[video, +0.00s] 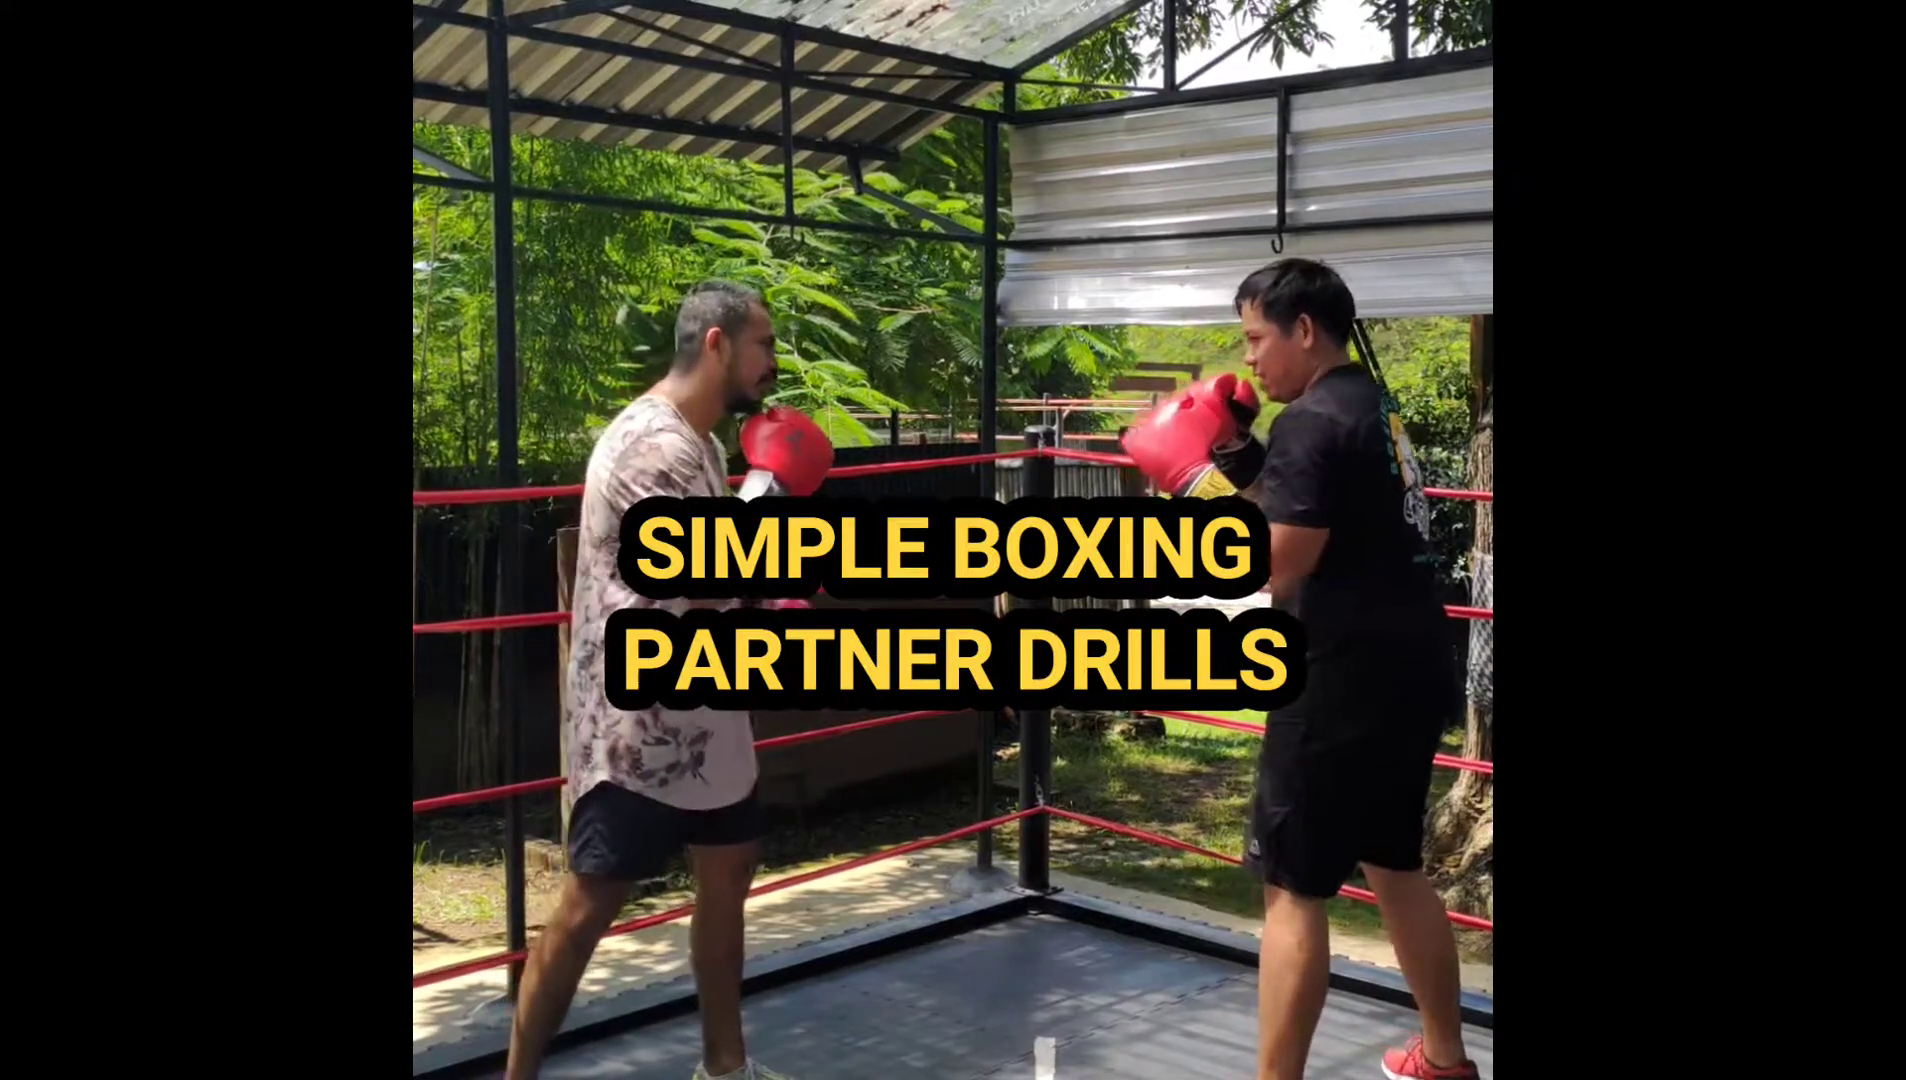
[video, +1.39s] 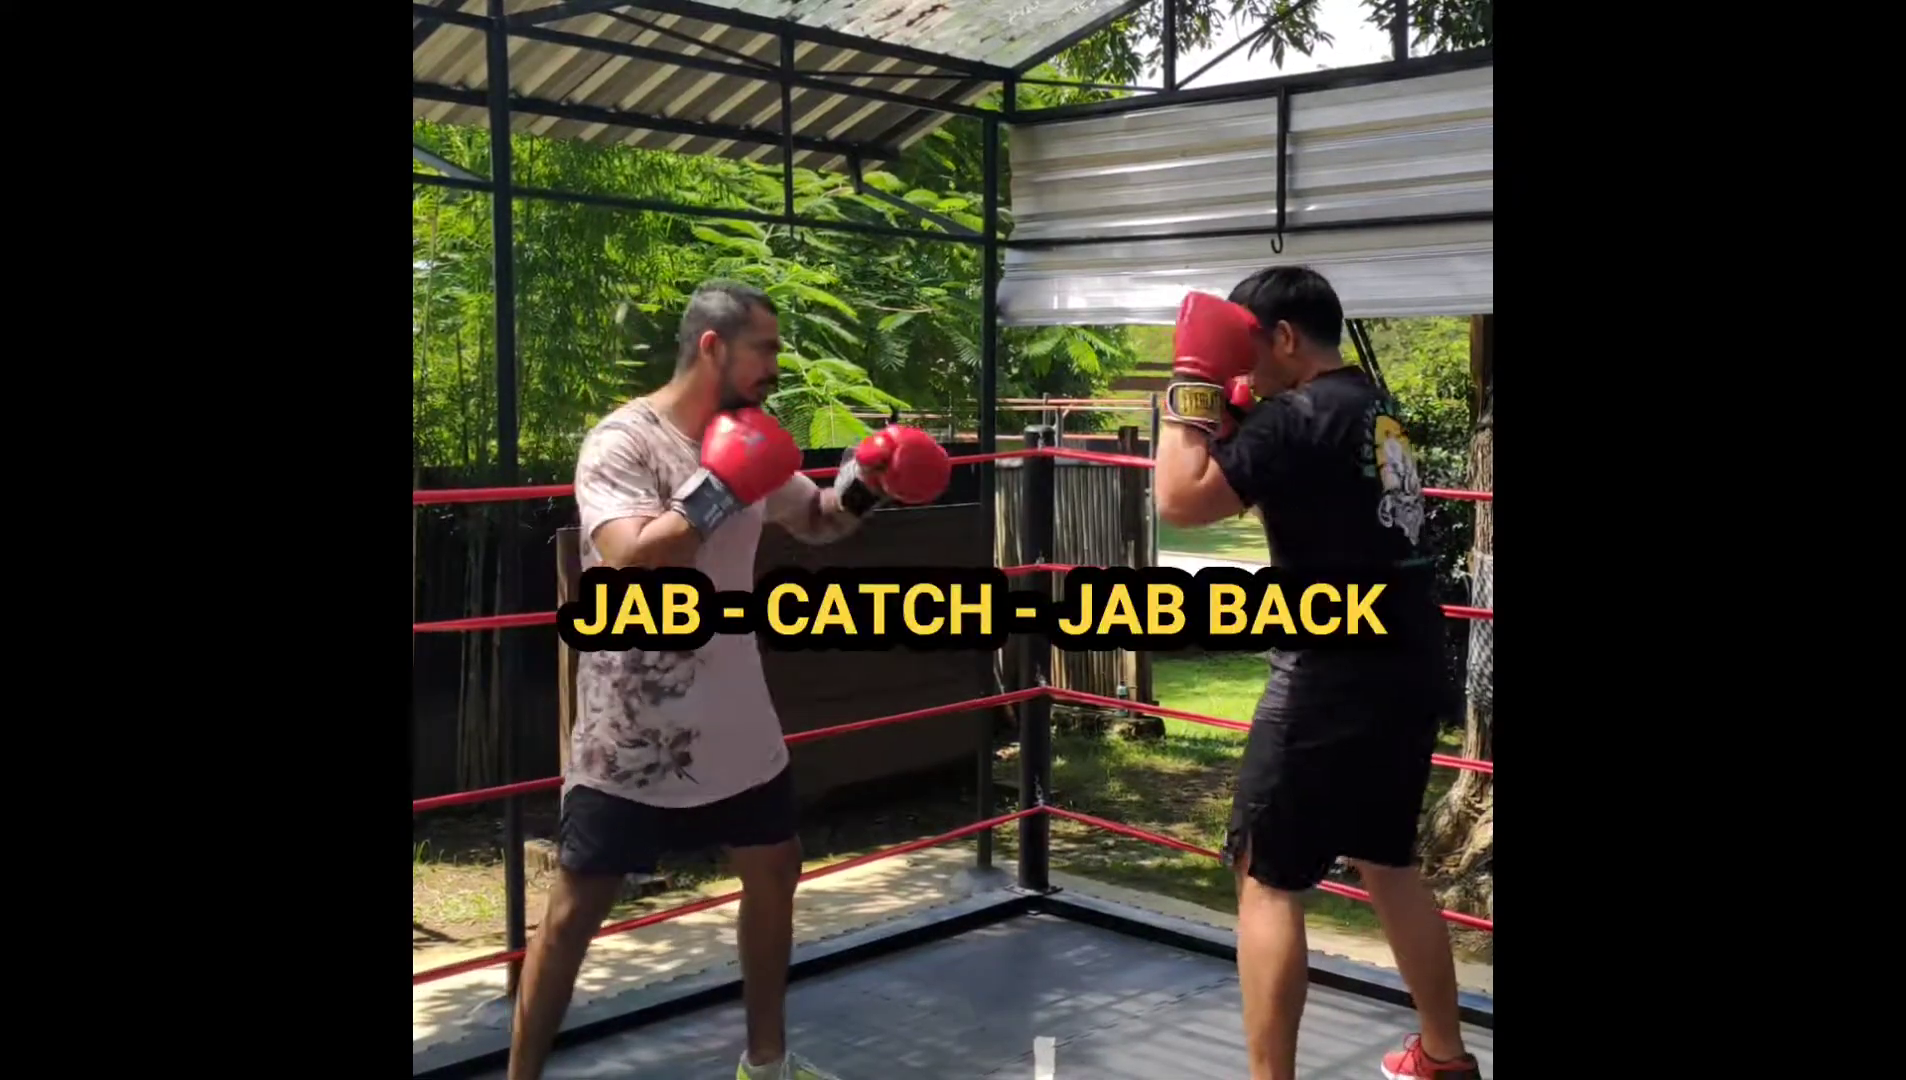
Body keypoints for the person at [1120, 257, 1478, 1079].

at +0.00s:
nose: (1249, 357)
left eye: (1256, 338)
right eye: (1246, 340)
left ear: (1307, 333)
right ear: (1320, 336)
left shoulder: (1315, 421)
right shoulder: (1361, 399)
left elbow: (1277, 570)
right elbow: (1311, 526)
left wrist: (1202, 472)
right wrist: (1237, 447)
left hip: (1339, 682)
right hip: (1406, 675)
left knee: (1294, 887)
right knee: (1396, 862)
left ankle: (1277, 1072)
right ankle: (1444, 1053)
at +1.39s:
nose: (1245, 368)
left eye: (1249, 351)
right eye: (1241, 354)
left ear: (1285, 338)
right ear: (1317, 335)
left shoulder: (1297, 418)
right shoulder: (1373, 402)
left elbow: (1180, 499)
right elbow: (1300, 491)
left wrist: (1178, 399)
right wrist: (1232, 425)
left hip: (1327, 671)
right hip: (1413, 670)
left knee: (1268, 876)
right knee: (1390, 858)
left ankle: (1270, 1071)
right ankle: (1446, 1053)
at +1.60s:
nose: (1245, 379)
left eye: (1247, 361)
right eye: (1241, 365)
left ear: (1291, 347)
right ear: (1319, 345)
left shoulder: (1302, 416)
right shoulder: (1379, 403)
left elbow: (1175, 468)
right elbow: (1327, 479)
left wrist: (1122, 393)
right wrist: (1243, 437)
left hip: (1347, 674)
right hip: (1434, 670)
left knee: (1285, 886)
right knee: (1410, 861)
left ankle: (1276, 1073)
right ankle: (1465, 1052)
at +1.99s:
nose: (1254, 383)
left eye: (1256, 366)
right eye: (1249, 370)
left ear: (1302, 353)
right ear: (1322, 352)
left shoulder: (1337, 431)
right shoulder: (1378, 415)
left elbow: (1272, 551)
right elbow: (1313, 531)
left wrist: (1223, 466)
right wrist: (1256, 450)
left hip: (1341, 689)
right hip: (1406, 688)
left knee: (1256, 880)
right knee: (1402, 874)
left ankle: (1223, 1072)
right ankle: (1463, 1058)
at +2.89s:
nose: (1215, 377)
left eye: (1217, 359)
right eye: (1209, 363)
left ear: (1264, 346)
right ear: (1290, 347)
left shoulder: (1288, 420)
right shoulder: (1341, 408)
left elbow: (1218, 545)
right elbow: (1279, 518)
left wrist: (1152, 454)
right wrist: (1210, 446)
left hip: (1306, 674)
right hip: (1384, 674)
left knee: (1216, 869)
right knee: (1381, 868)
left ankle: (1200, 1069)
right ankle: (1430, 1059)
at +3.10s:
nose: (1238, 377)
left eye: (1241, 358)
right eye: (1232, 363)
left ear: (1292, 342)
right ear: (1301, 344)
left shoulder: (1326, 420)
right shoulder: (1351, 405)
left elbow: (1260, 547)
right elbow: (1268, 528)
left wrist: (1204, 452)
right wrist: (1219, 449)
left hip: (1331, 686)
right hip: (1388, 683)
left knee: (1275, 888)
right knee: (1391, 871)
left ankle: (1247, 1072)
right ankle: (1433, 1058)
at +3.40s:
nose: (1232, 385)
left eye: (1234, 367)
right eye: (1226, 372)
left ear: (1277, 352)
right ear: (1299, 349)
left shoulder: (1309, 427)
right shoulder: (1359, 403)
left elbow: (1235, 543)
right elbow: (1264, 526)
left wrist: (1196, 439)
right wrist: (1217, 436)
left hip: (1327, 677)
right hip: (1396, 673)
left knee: (1243, 874)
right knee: (1378, 864)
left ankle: (1239, 1070)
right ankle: (1430, 1058)